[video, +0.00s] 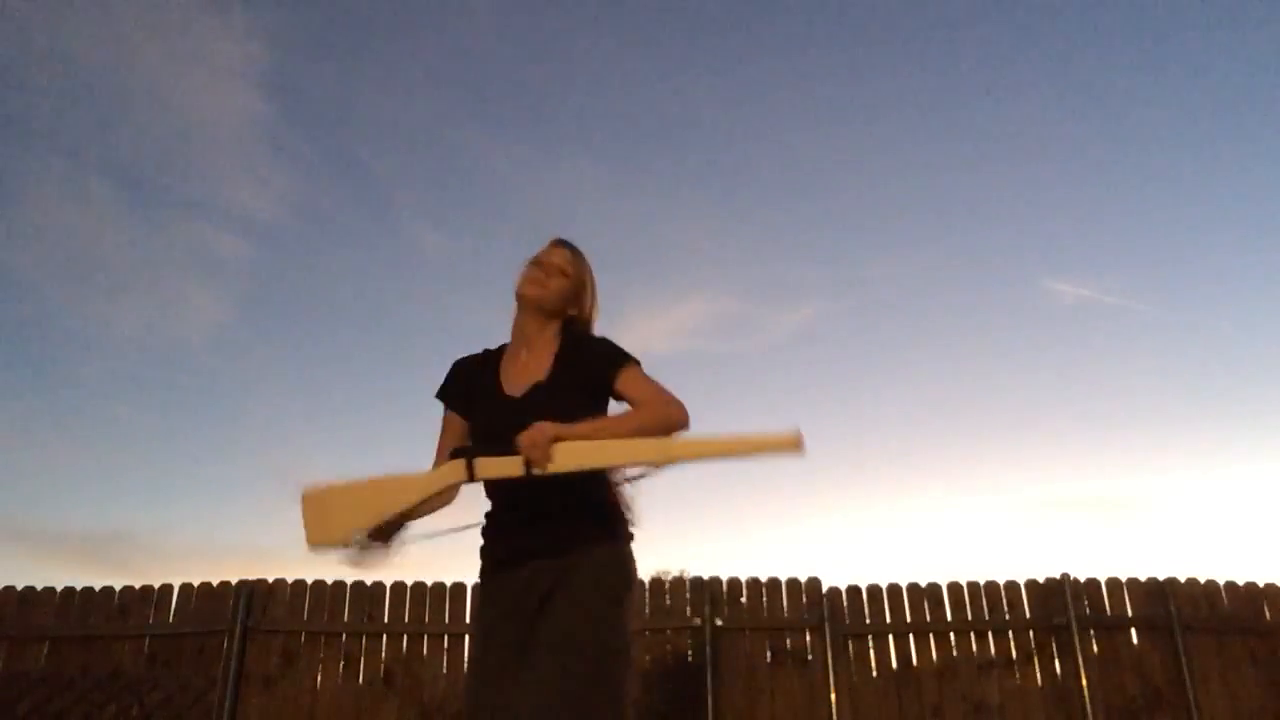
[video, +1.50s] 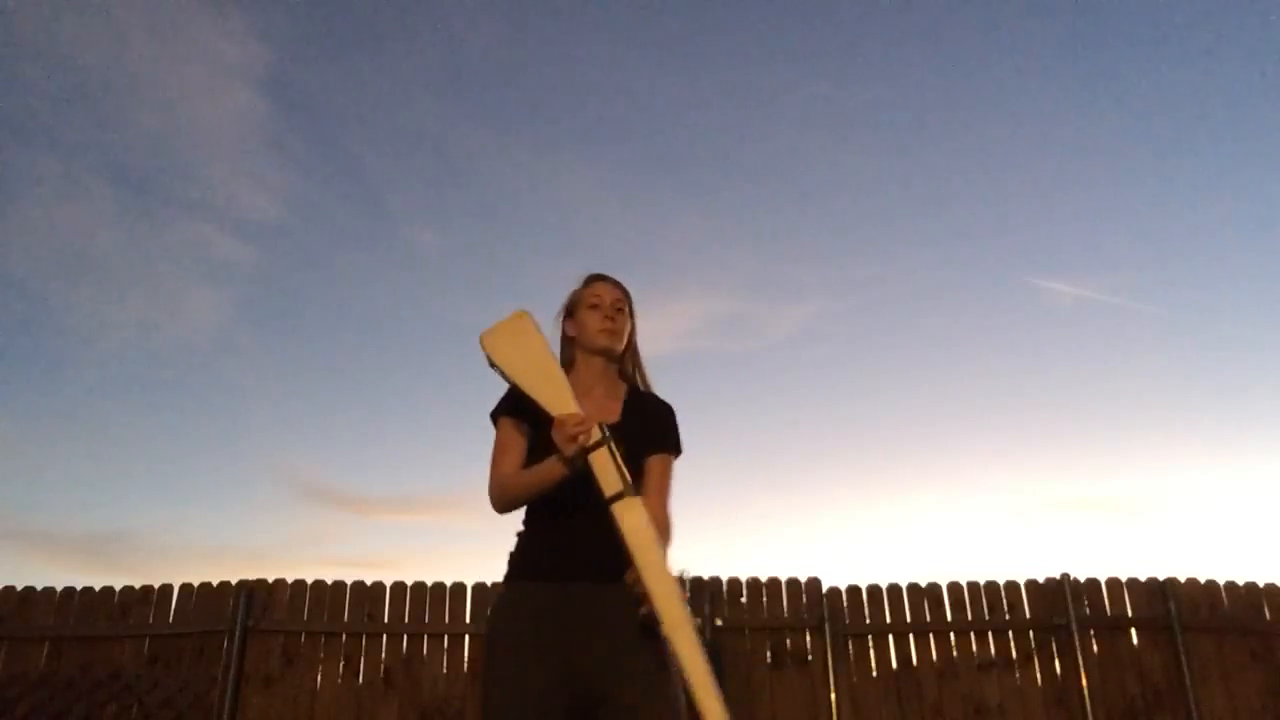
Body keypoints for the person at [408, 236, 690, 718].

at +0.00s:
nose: (539, 270)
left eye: (557, 270)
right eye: (535, 262)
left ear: (575, 300)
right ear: (519, 277)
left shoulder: (592, 355)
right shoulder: (471, 373)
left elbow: (670, 413)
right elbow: (446, 479)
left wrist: (567, 432)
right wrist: (395, 514)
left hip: (591, 557)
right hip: (508, 563)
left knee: (575, 696)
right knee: (495, 699)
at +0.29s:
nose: (590, 296)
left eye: (606, 297)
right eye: (581, 287)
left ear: (616, 323)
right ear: (560, 301)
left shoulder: (635, 388)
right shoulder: (511, 391)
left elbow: (700, 462)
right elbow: (488, 503)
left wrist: (628, 450)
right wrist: (499, 480)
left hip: (612, 588)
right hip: (525, 586)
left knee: (626, 708)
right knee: (504, 708)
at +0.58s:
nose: (659, 321)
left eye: (671, 318)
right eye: (648, 312)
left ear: (682, 339)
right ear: (622, 329)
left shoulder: (690, 406)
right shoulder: (583, 416)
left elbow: (725, 423)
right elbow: (557, 524)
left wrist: (690, 346)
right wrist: (572, 530)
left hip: (677, 605)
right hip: (595, 602)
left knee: (686, 709)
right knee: (582, 709)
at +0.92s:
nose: (664, 320)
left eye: (676, 316)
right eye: (650, 314)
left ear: (690, 338)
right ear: (631, 337)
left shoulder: (706, 406)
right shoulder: (602, 406)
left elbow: (752, 408)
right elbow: (575, 519)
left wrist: (713, 366)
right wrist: (604, 535)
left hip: (694, 595)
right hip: (612, 592)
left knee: (703, 708)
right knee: (597, 709)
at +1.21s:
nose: (629, 317)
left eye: (640, 311)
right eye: (614, 311)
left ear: (655, 331)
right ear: (594, 333)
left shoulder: (688, 411)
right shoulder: (568, 404)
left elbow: (723, 518)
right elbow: (539, 513)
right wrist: (586, 496)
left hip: (661, 591)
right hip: (579, 588)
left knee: (671, 706)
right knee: (567, 705)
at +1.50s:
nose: (610, 315)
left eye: (620, 309)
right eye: (595, 306)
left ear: (630, 333)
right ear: (569, 325)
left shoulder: (652, 412)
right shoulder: (528, 395)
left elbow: (655, 508)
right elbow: (501, 495)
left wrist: (650, 562)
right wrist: (562, 460)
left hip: (617, 596)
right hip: (535, 594)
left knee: (631, 707)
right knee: (522, 707)